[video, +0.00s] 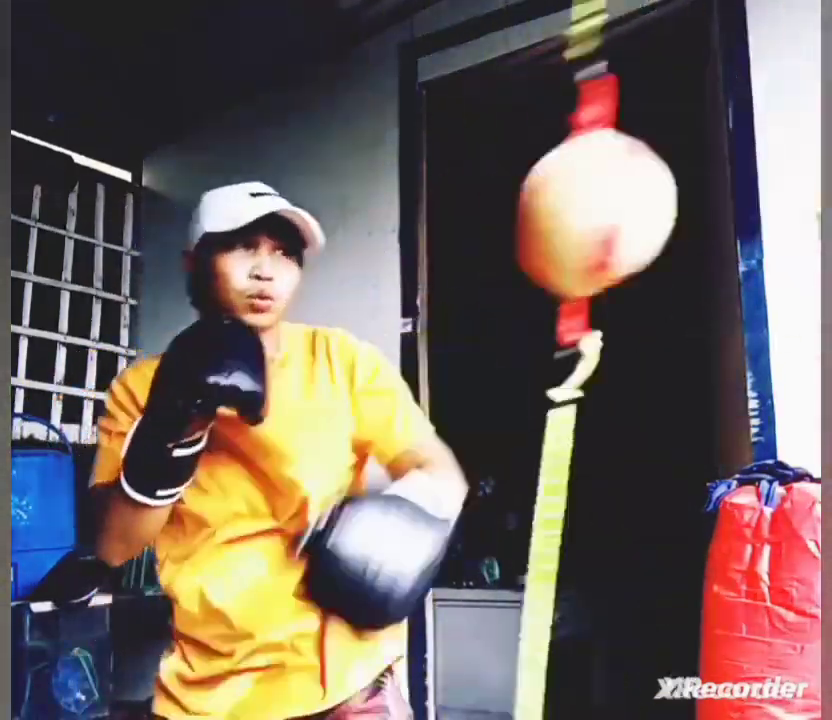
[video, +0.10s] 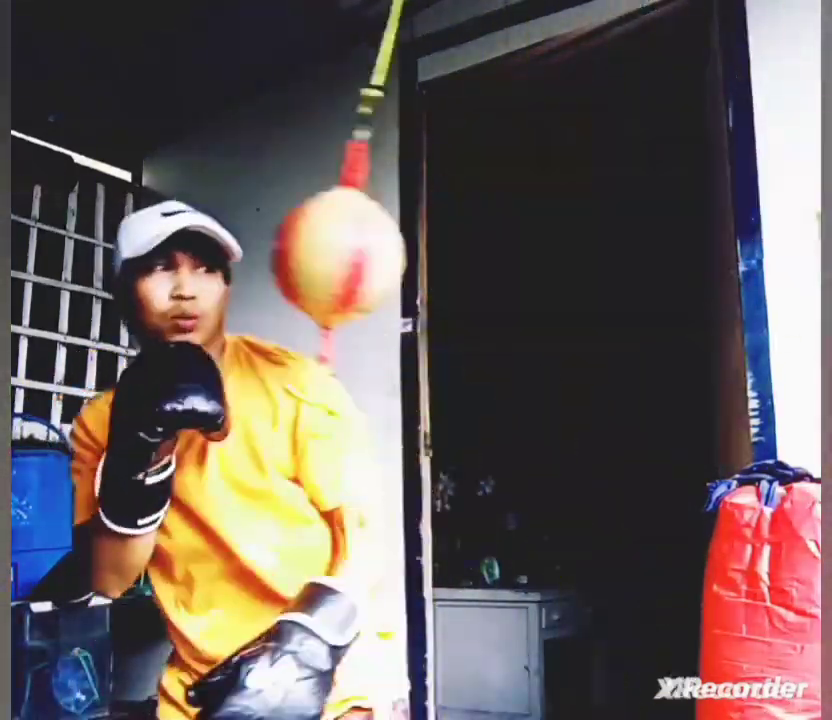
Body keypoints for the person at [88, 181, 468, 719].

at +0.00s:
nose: (265, 270)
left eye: (282, 251)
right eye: (242, 248)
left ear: (298, 269)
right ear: (198, 265)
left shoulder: (347, 363)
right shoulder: (145, 388)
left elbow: (439, 472)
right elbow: (115, 547)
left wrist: (398, 524)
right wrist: (170, 430)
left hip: (349, 679)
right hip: (209, 685)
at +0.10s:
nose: (186, 288)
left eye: (204, 267)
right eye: (161, 268)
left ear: (227, 285)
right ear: (127, 295)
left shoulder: (303, 390)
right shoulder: (104, 423)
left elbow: (366, 537)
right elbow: (111, 580)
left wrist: (300, 653)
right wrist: (142, 457)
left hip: (328, 676)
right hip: (196, 685)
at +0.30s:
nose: (189, 300)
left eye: (205, 280)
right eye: (165, 279)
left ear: (223, 296)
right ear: (121, 302)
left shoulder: (298, 375)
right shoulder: (101, 435)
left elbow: (362, 519)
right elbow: (146, 586)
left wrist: (265, 632)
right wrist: (173, 467)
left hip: (338, 693)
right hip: (200, 698)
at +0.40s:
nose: (264, 273)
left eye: (276, 260)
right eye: (240, 255)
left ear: (289, 279)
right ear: (185, 271)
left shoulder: (345, 369)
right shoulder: (129, 406)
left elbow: (387, 514)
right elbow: (175, 560)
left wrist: (311, 611)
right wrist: (227, 427)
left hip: (354, 698)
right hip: (201, 702)